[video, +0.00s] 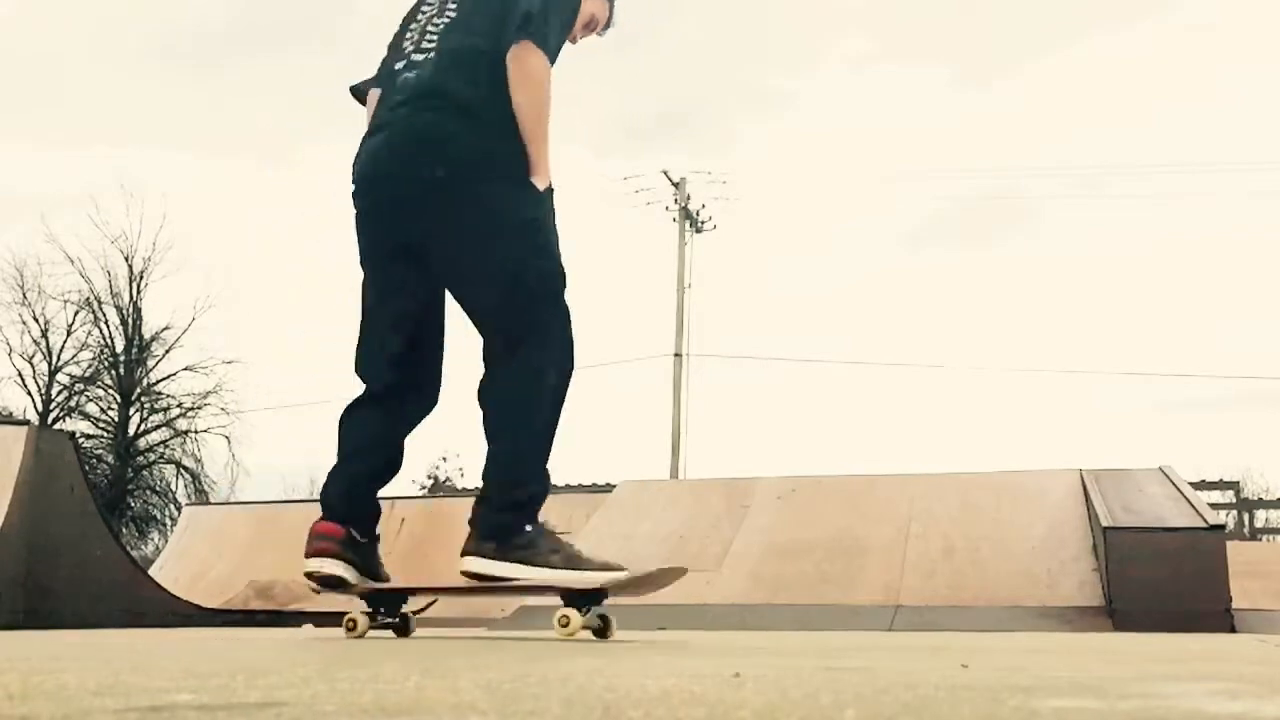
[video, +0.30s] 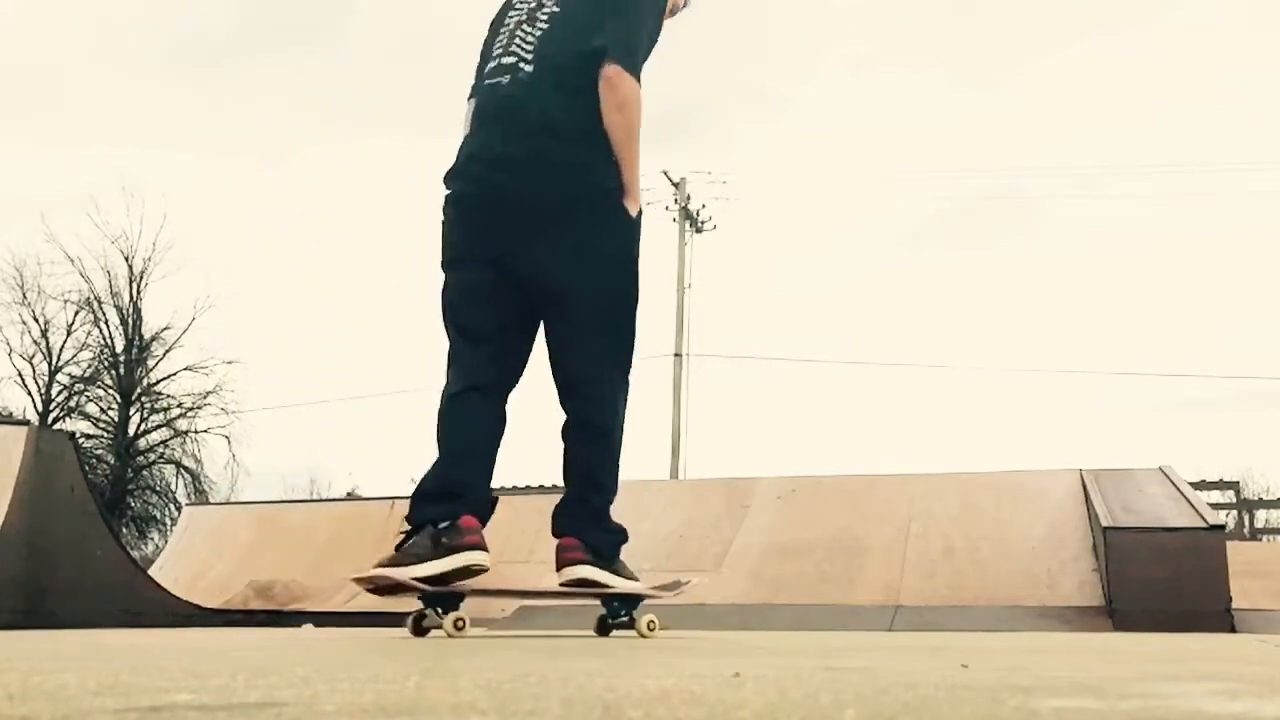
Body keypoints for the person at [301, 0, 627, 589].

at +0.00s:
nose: (583, 34)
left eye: (592, 31)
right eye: (594, 22)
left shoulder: (432, 8)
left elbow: (377, 94)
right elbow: (527, 53)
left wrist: (386, 171)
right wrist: (540, 171)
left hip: (385, 168)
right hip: (473, 163)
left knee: (399, 364)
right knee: (534, 345)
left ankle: (344, 522)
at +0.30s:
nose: (671, 17)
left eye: (674, 11)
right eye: (675, 9)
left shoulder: (517, 8)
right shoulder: (637, 1)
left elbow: (479, 106)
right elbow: (617, 77)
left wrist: (490, 180)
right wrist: (631, 190)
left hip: (482, 195)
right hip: (579, 198)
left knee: (477, 369)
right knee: (594, 383)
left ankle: (450, 518)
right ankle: (585, 535)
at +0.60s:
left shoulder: (586, 7)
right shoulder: (723, 7)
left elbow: (550, 102)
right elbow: (707, 98)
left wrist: (541, 182)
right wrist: (704, 205)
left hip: (556, 194)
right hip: (651, 199)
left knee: (538, 370)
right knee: (650, 386)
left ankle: (515, 518)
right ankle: (645, 544)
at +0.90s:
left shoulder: (628, 16)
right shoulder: (767, 20)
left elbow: (600, 118)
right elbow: (765, 123)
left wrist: (591, 206)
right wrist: (759, 224)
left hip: (619, 217)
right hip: (716, 221)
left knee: (602, 385)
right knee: (712, 397)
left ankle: (593, 532)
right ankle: (709, 549)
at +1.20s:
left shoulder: (648, 16)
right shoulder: (756, 49)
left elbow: (646, 118)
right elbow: (777, 150)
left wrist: (641, 227)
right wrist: (776, 220)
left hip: (685, 229)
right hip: (763, 230)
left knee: (672, 387)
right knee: (784, 390)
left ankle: (707, 544)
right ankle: (823, 553)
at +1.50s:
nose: (624, 71)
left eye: (619, 60)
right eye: (619, 64)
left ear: (627, 34)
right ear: (665, 19)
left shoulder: (660, 48)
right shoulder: (733, 70)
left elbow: (678, 142)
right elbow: (760, 174)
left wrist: (679, 244)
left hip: (716, 251)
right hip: (756, 247)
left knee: (719, 406)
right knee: (723, 404)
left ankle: (787, 556)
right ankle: (747, 556)